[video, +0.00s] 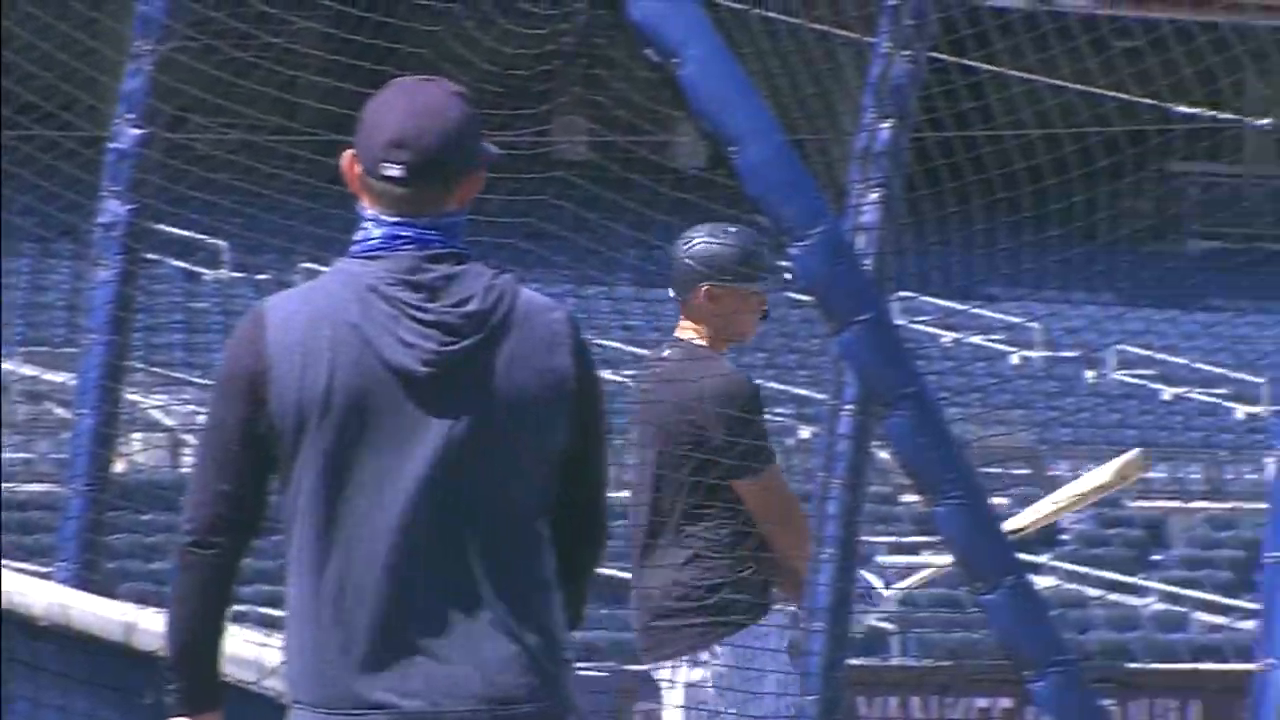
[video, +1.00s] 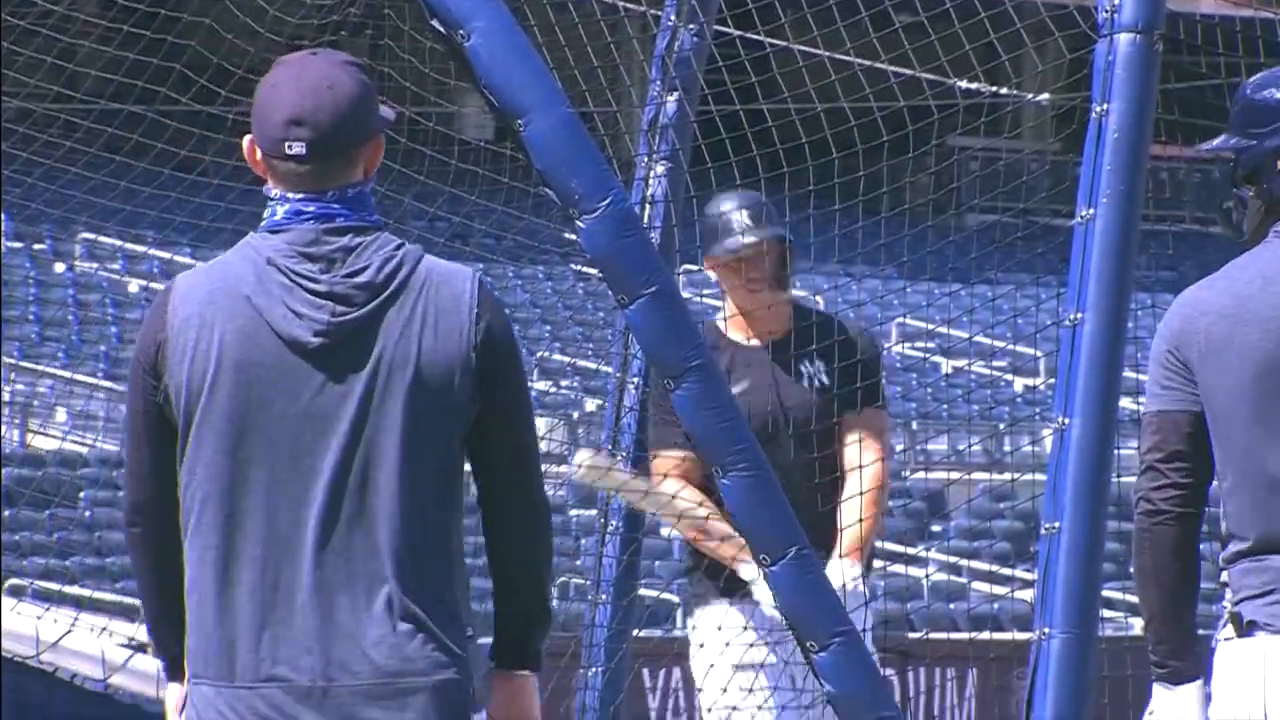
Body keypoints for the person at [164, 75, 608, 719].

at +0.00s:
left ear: (351, 172)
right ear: (473, 188)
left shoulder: (278, 332)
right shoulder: (546, 333)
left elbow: (212, 532)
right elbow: (581, 530)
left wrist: (196, 694)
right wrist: (536, 630)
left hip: (340, 696)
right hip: (513, 695)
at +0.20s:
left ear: (241, 182)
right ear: (364, 190)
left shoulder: (178, 343)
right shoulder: (448, 336)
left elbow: (123, 553)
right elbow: (489, 532)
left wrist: (111, 699)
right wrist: (442, 663)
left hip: (238, 694)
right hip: (412, 694)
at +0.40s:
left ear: (188, 186)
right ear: (310, 193)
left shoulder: (122, 346)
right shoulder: (399, 336)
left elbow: (76, 567)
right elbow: (444, 540)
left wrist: (91, 702)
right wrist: (400, 669)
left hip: (185, 699)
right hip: (365, 696)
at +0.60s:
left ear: (208, 189)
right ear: (330, 194)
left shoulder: (136, 343)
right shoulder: (415, 338)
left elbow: (88, 556)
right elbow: (463, 537)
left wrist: (113, 705)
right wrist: (448, 680)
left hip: (198, 698)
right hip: (376, 696)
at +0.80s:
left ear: (238, 185)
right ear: (360, 188)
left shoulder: (164, 337)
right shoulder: (443, 332)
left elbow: (119, 542)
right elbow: (497, 534)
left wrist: (141, 696)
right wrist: (488, 685)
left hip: (227, 696)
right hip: (401, 694)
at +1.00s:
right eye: (381, 138)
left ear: (253, 158)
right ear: (375, 156)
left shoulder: (183, 310)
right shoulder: (462, 303)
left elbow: (148, 513)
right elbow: (517, 505)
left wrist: (177, 670)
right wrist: (518, 665)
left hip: (236, 694)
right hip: (416, 693)